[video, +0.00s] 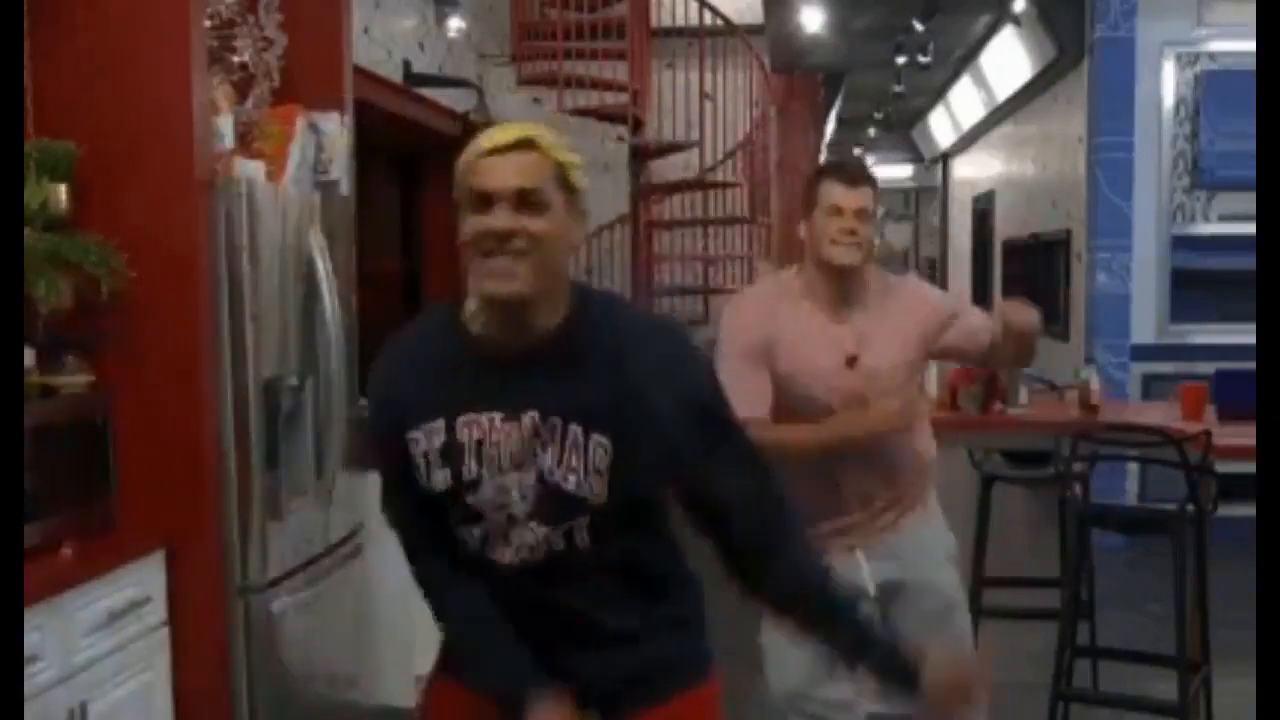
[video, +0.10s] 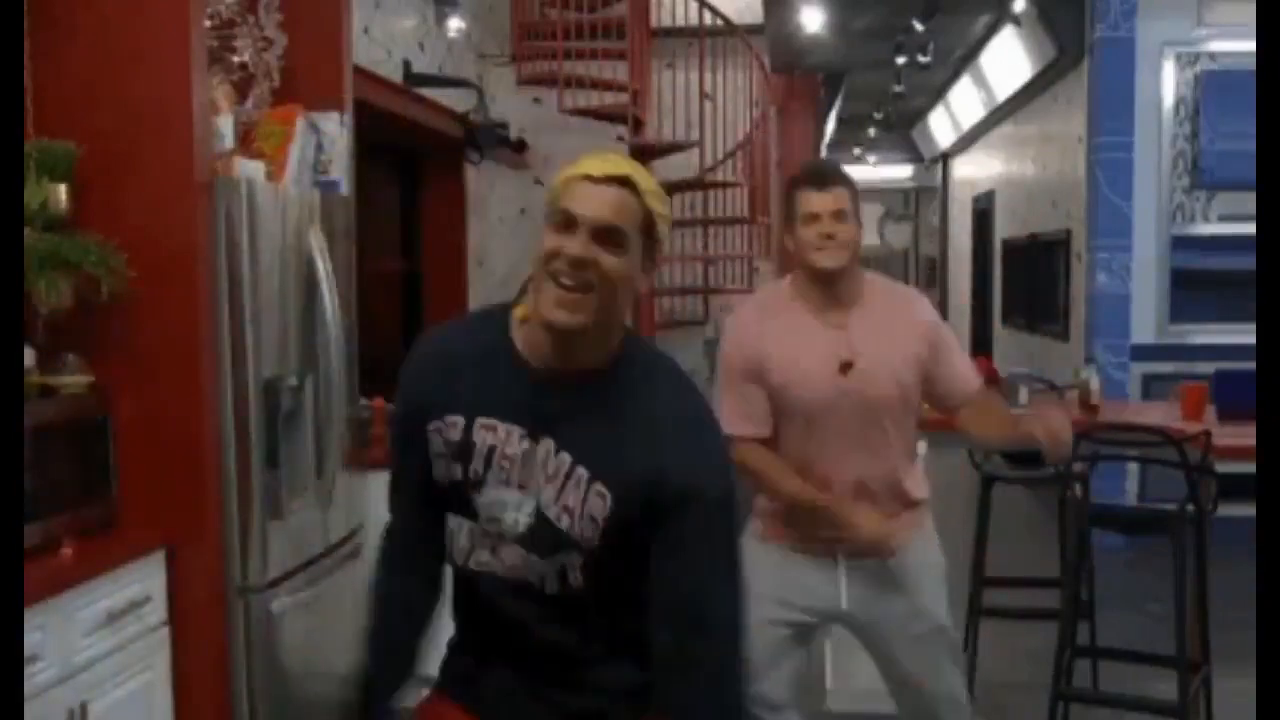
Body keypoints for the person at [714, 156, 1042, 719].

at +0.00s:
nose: (850, 226)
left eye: (863, 215)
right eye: (835, 213)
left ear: (876, 228)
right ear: (806, 225)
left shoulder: (910, 300)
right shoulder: (755, 311)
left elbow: (1004, 355)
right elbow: (745, 434)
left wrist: (1017, 332)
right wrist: (861, 424)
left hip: (906, 522)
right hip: (806, 536)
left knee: (949, 683)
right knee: (799, 693)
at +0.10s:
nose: (827, 231)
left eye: (840, 217)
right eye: (810, 220)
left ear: (860, 229)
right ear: (788, 238)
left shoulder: (908, 311)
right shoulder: (752, 323)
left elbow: (969, 404)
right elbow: (743, 445)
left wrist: (1023, 428)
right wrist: (839, 515)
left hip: (897, 549)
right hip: (785, 549)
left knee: (941, 704)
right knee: (771, 706)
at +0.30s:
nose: (754, 183)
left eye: (767, 170)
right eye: (739, 175)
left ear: (795, 183)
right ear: (725, 191)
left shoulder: (850, 267)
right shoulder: (686, 274)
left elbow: (880, 385)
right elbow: (622, 377)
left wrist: (864, 502)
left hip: (820, 505)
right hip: (705, 508)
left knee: (886, 669)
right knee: (653, 664)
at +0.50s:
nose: (691, 218)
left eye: (704, 204)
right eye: (676, 210)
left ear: (732, 214)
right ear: (662, 228)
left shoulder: (788, 305)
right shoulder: (628, 297)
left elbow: (803, 427)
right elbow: (544, 337)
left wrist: (729, 427)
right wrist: (495, 294)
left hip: (751, 543)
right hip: (641, 541)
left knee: (780, 691)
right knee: (607, 701)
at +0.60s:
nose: (680, 212)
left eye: (694, 199)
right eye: (666, 203)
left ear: (723, 211)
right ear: (652, 219)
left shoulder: (781, 294)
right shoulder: (623, 287)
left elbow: (801, 412)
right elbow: (544, 323)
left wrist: (710, 410)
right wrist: (497, 293)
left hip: (739, 531)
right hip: (633, 524)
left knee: (750, 677)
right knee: (602, 678)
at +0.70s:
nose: (675, 217)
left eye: (688, 205)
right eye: (661, 209)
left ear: (714, 214)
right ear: (646, 226)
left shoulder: (774, 302)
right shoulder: (617, 297)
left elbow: (793, 417)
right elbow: (536, 348)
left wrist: (704, 463)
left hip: (741, 521)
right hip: (638, 515)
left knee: (751, 672)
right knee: (611, 675)